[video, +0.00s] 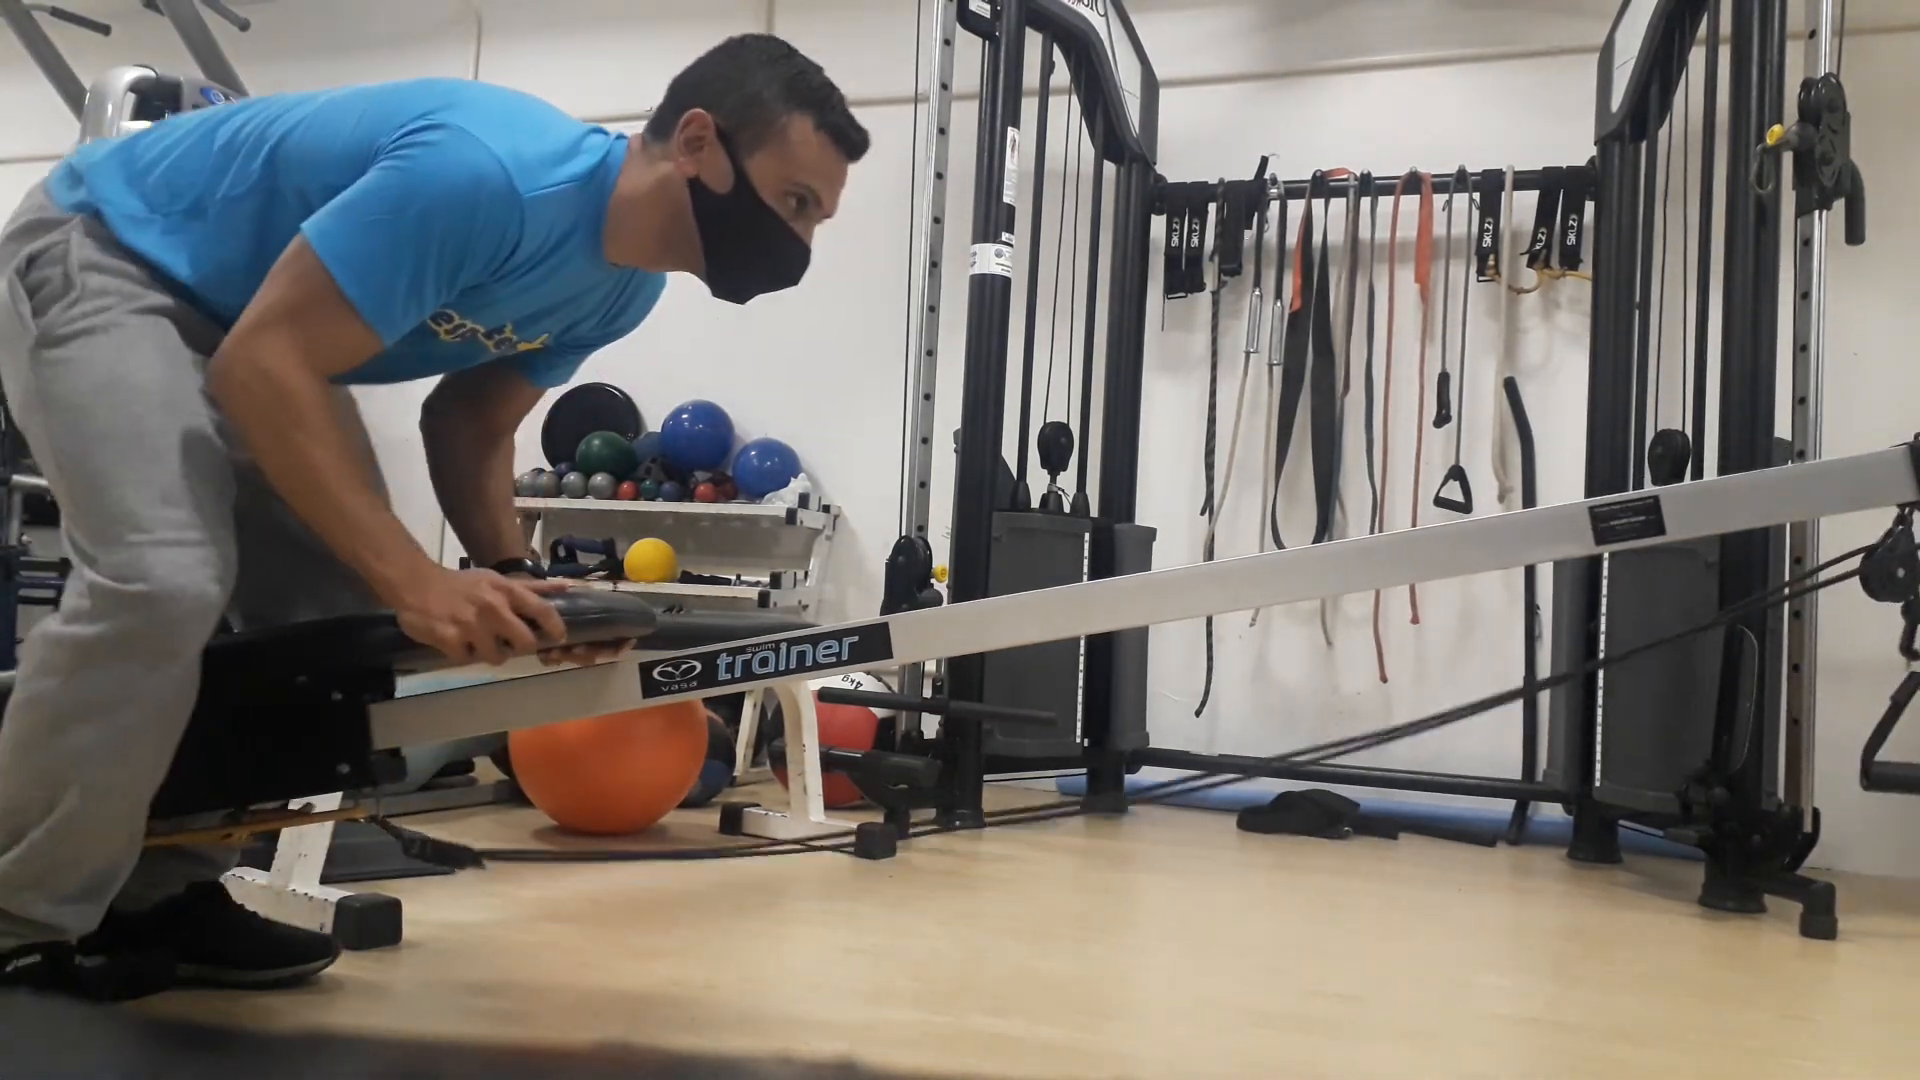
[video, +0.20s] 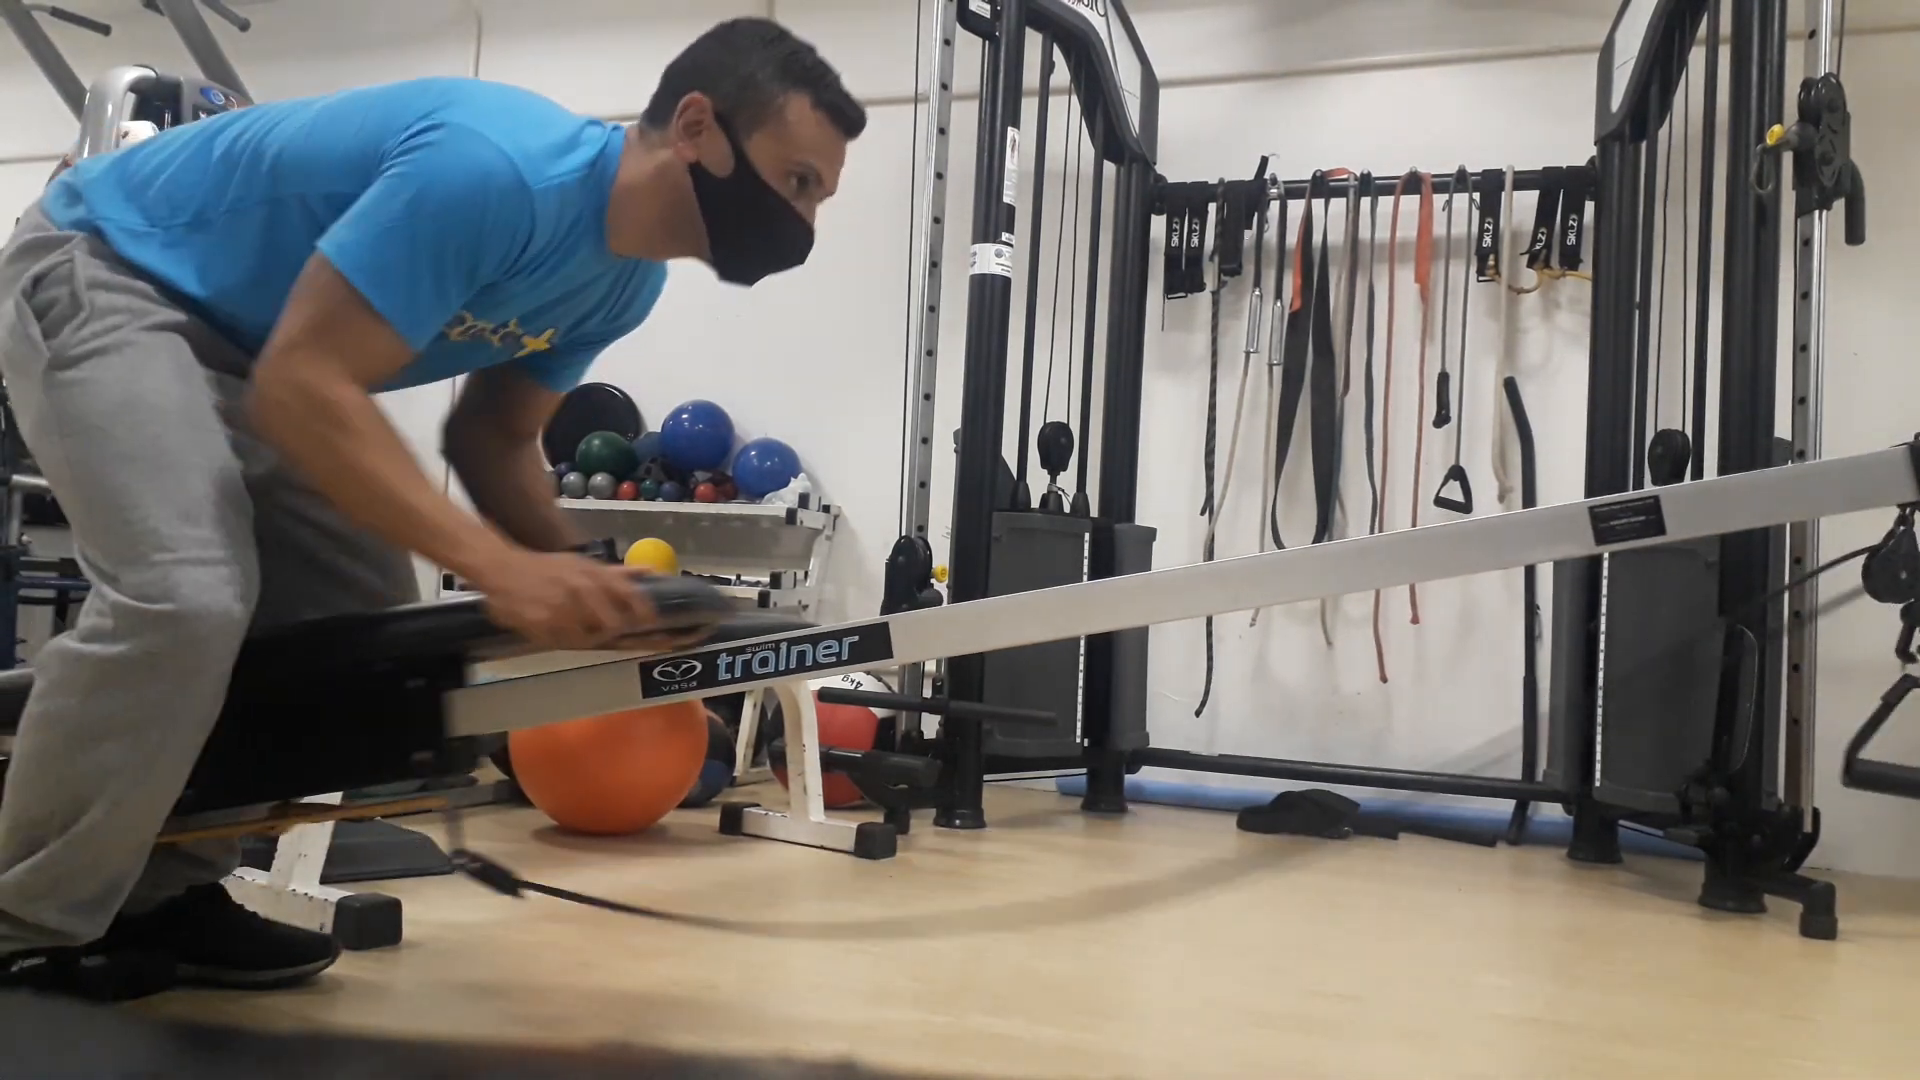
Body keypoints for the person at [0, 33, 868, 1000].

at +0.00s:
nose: (804, 245)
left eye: (819, 222)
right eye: (796, 202)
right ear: (695, 142)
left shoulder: (627, 284)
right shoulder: (478, 177)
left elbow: (474, 415)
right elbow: (258, 368)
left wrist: (510, 571)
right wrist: (416, 584)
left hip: (268, 329)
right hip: (109, 254)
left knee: (338, 622)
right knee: (167, 583)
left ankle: (165, 893)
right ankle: (28, 923)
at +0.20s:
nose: (810, 222)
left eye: (824, 200)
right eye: (801, 181)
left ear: (699, 141)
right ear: (697, 129)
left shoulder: (627, 278)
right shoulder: (488, 174)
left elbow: (496, 431)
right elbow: (294, 388)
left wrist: (579, 579)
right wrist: (500, 568)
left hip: (262, 345)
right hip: (106, 270)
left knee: (368, 626)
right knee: (186, 601)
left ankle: (162, 891)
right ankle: (26, 924)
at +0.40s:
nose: (847, 176)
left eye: (860, 154)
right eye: (836, 137)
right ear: (736, 86)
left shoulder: (665, 247)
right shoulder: (543, 139)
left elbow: (591, 434)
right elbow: (413, 400)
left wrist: (700, 544)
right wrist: (650, 551)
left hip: (314, 357)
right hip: (148, 268)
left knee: (375, 647)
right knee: (201, 599)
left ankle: (164, 892)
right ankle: (33, 921)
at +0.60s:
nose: (890, 130)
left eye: (907, 109)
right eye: (879, 91)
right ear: (778, 46)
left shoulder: (722, 222)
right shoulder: (589, 109)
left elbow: (692, 418)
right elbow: (555, 401)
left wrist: (815, 533)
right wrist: (788, 521)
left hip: (359, 358)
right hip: (201, 263)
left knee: (395, 657)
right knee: (223, 614)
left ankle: (175, 886)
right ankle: (34, 926)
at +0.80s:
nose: (933, 99)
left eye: (950, 76)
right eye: (922, 59)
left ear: (831, 43)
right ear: (822, 16)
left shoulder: (771, 197)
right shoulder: (641, 86)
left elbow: (782, 408)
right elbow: (670, 377)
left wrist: (939, 512)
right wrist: (918, 504)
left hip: (390, 357)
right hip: (243, 259)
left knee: (399, 658)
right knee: (230, 628)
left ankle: (167, 884)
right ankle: (40, 922)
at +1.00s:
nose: (1002, 44)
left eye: (1013, 34)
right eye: (991, 15)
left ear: (912, 36)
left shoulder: (819, 168)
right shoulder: (701, 55)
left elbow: (821, 384)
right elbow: (722, 352)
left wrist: (975, 496)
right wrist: (956, 492)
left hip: (426, 349)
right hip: (287, 253)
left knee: (391, 664)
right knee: (233, 627)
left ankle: (168, 883)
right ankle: (39, 926)